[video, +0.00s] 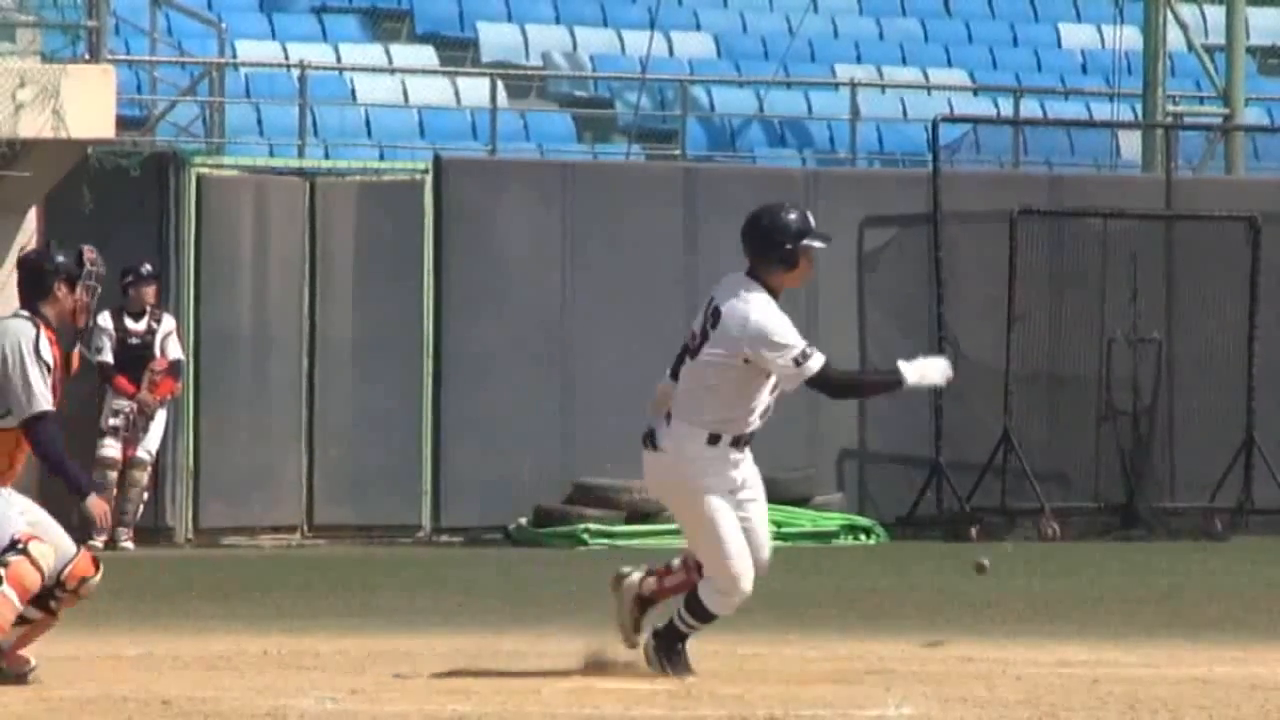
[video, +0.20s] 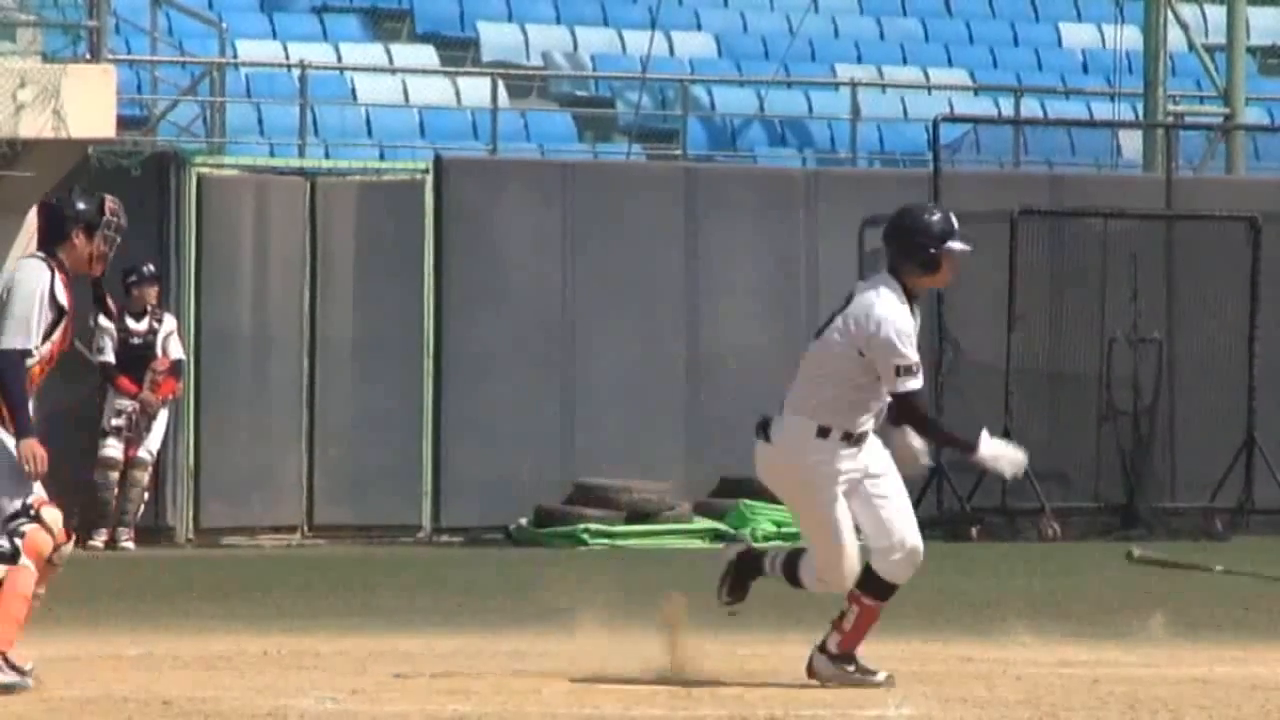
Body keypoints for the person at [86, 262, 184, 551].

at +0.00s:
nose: (152, 292)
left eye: (153, 286)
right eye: (146, 286)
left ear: (155, 290)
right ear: (130, 290)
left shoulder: (165, 323)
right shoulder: (107, 321)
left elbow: (175, 367)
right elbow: (105, 367)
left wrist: (158, 396)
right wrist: (136, 394)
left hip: (151, 400)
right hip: (118, 396)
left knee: (140, 463)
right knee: (108, 459)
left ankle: (125, 529)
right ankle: (100, 530)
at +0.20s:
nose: (154, 292)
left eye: (155, 286)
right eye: (147, 286)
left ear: (156, 290)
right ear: (131, 290)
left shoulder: (166, 323)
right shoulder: (110, 320)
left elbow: (177, 364)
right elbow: (106, 366)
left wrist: (161, 394)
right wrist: (138, 393)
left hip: (153, 399)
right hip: (120, 395)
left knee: (141, 460)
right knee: (109, 455)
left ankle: (126, 527)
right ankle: (103, 526)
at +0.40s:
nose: (154, 293)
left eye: (155, 287)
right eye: (147, 288)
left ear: (157, 291)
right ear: (131, 291)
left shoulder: (166, 323)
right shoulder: (109, 321)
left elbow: (177, 365)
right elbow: (107, 367)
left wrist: (162, 395)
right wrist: (140, 394)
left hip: (153, 399)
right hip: (120, 396)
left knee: (141, 462)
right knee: (111, 458)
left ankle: (125, 528)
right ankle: (101, 526)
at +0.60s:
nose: (153, 293)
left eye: (155, 287)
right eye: (146, 287)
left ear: (158, 291)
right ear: (132, 291)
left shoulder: (166, 323)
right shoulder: (108, 320)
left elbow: (176, 366)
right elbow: (106, 368)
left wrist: (161, 396)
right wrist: (140, 394)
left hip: (150, 401)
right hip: (115, 398)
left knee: (141, 460)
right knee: (108, 460)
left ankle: (126, 527)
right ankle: (103, 524)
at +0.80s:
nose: (154, 294)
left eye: (156, 287)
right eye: (148, 287)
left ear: (159, 291)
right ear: (133, 290)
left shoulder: (167, 323)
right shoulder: (110, 320)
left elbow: (176, 366)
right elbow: (106, 368)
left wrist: (162, 396)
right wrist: (141, 395)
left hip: (150, 402)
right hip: (115, 399)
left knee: (142, 458)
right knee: (110, 457)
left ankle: (125, 526)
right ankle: (102, 522)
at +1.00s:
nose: (153, 294)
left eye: (156, 288)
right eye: (147, 288)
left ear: (160, 292)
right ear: (134, 291)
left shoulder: (167, 323)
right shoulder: (113, 319)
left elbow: (176, 365)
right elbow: (108, 367)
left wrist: (162, 395)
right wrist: (141, 394)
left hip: (154, 399)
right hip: (121, 396)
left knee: (142, 462)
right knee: (115, 458)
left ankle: (127, 529)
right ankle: (109, 526)